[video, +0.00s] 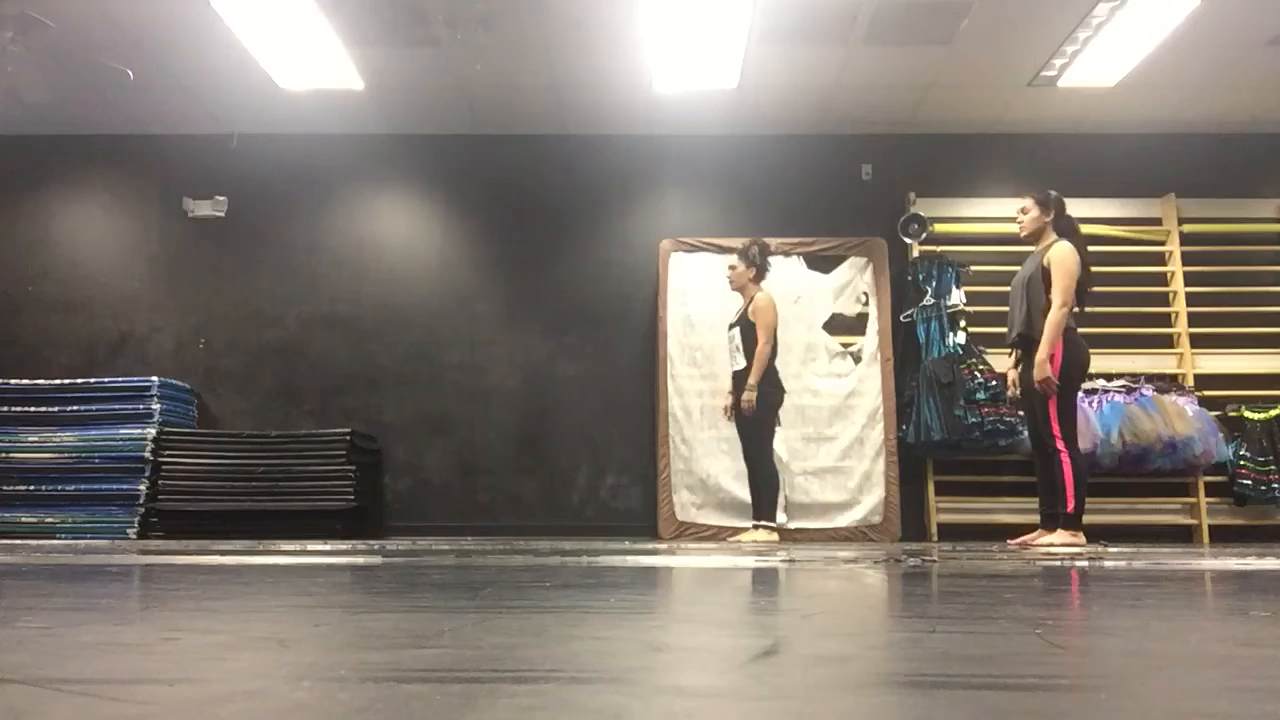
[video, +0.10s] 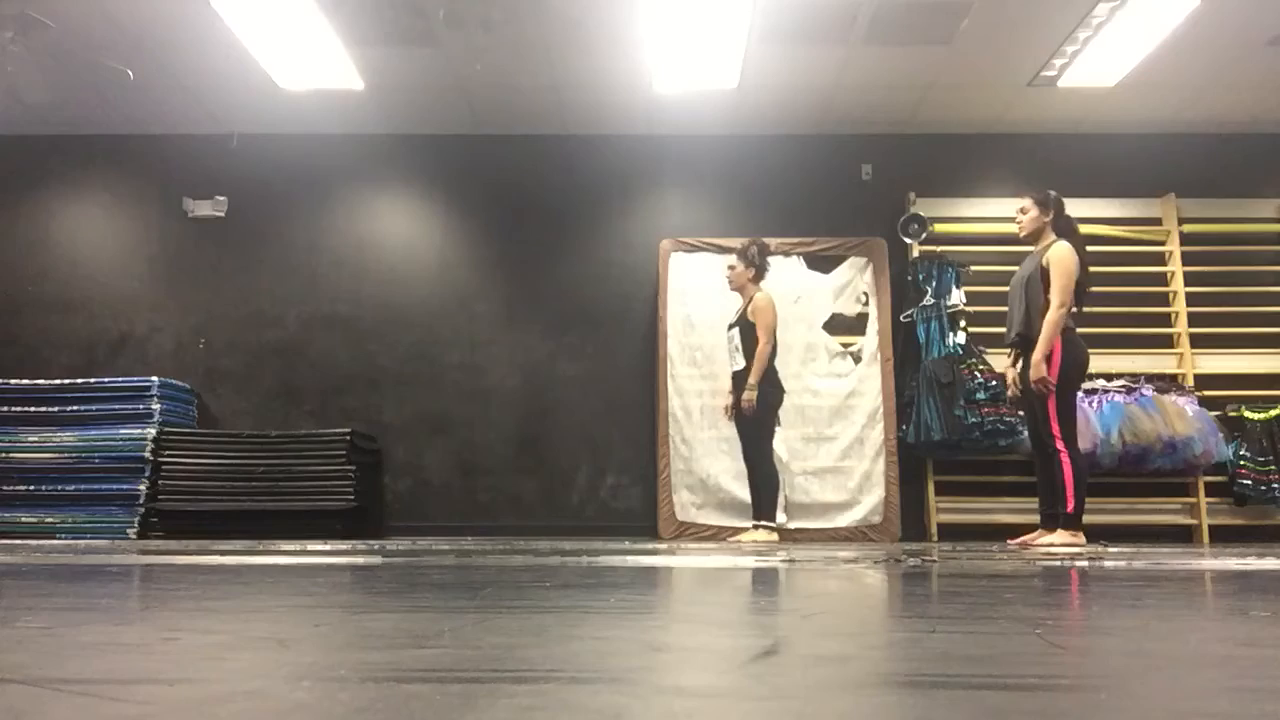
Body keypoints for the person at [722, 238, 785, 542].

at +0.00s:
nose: (729, 273)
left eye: (734, 268)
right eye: (729, 267)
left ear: (752, 271)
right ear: (742, 272)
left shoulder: (762, 300)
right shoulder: (746, 305)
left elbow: (765, 345)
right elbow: (740, 356)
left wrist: (751, 386)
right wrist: (733, 393)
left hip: (762, 386)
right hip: (746, 387)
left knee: (760, 455)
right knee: (753, 456)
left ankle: (767, 524)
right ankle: (759, 522)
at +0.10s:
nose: (728, 273)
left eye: (734, 268)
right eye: (728, 268)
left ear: (751, 271)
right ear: (741, 272)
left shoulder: (761, 300)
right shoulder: (745, 305)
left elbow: (766, 344)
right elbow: (741, 355)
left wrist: (752, 385)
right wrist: (733, 392)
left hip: (761, 386)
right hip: (746, 386)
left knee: (760, 455)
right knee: (752, 456)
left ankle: (767, 523)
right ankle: (760, 522)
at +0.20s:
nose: (726, 274)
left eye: (732, 268)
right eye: (726, 268)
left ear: (749, 271)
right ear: (738, 272)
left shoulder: (760, 300)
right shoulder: (743, 305)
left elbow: (767, 345)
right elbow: (741, 355)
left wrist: (754, 384)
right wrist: (734, 392)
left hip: (761, 385)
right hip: (745, 386)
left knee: (760, 455)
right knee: (752, 456)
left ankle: (767, 524)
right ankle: (759, 523)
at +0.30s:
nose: (724, 273)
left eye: (730, 268)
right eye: (724, 268)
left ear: (747, 272)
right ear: (735, 273)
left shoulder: (757, 300)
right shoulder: (741, 306)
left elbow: (770, 341)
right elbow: (741, 355)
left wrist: (758, 382)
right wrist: (735, 392)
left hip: (759, 383)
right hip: (744, 384)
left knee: (760, 454)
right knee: (752, 455)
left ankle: (767, 523)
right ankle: (759, 522)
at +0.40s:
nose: (722, 273)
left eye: (728, 268)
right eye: (722, 268)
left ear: (745, 272)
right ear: (733, 273)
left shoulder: (754, 299)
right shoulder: (738, 305)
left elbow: (772, 339)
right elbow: (743, 354)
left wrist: (764, 382)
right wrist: (739, 392)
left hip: (759, 386)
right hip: (744, 387)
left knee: (760, 456)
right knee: (753, 457)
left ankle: (767, 523)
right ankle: (759, 522)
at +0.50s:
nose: (720, 273)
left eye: (726, 268)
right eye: (721, 267)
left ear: (744, 272)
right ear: (732, 272)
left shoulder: (752, 301)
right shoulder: (735, 305)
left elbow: (765, 344)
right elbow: (741, 354)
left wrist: (770, 385)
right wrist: (740, 395)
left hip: (761, 386)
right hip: (746, 387)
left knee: (762, 456)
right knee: (754, 457)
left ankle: (769, 523)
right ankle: (760, 521)